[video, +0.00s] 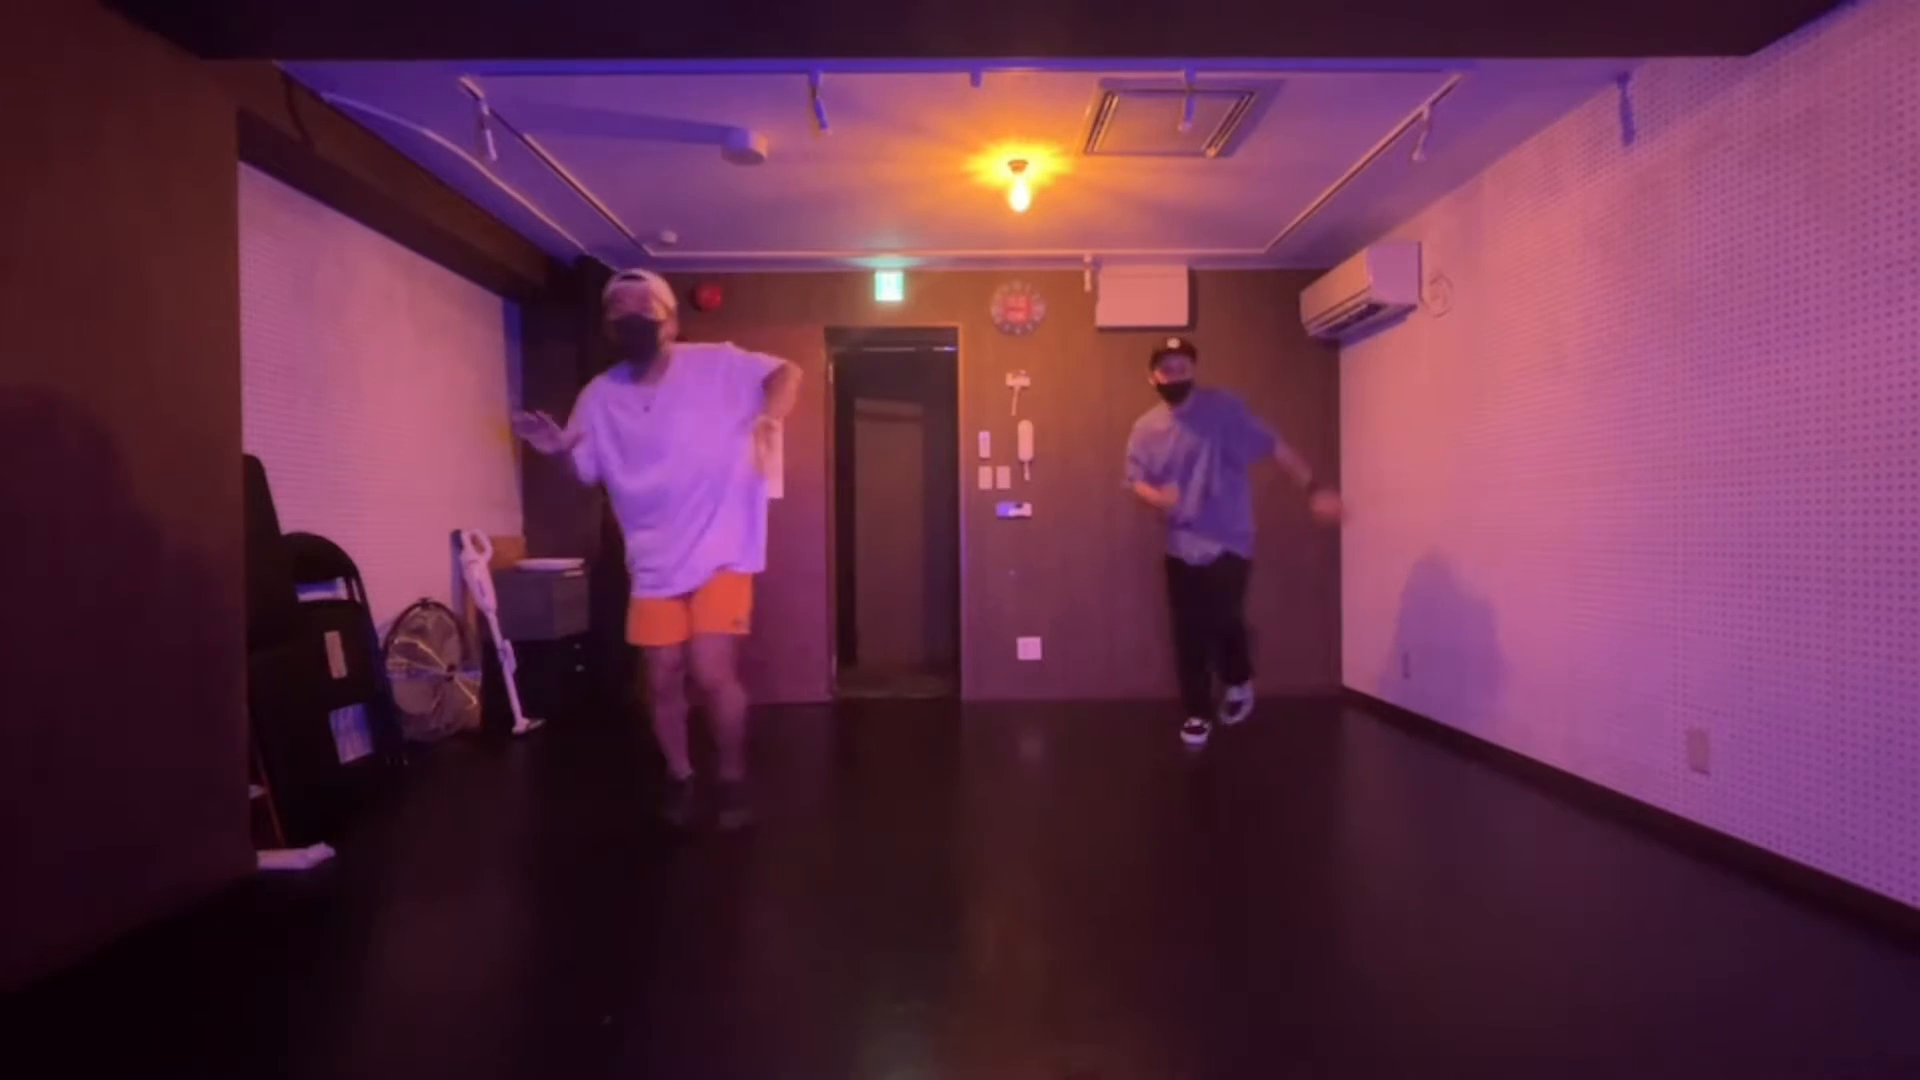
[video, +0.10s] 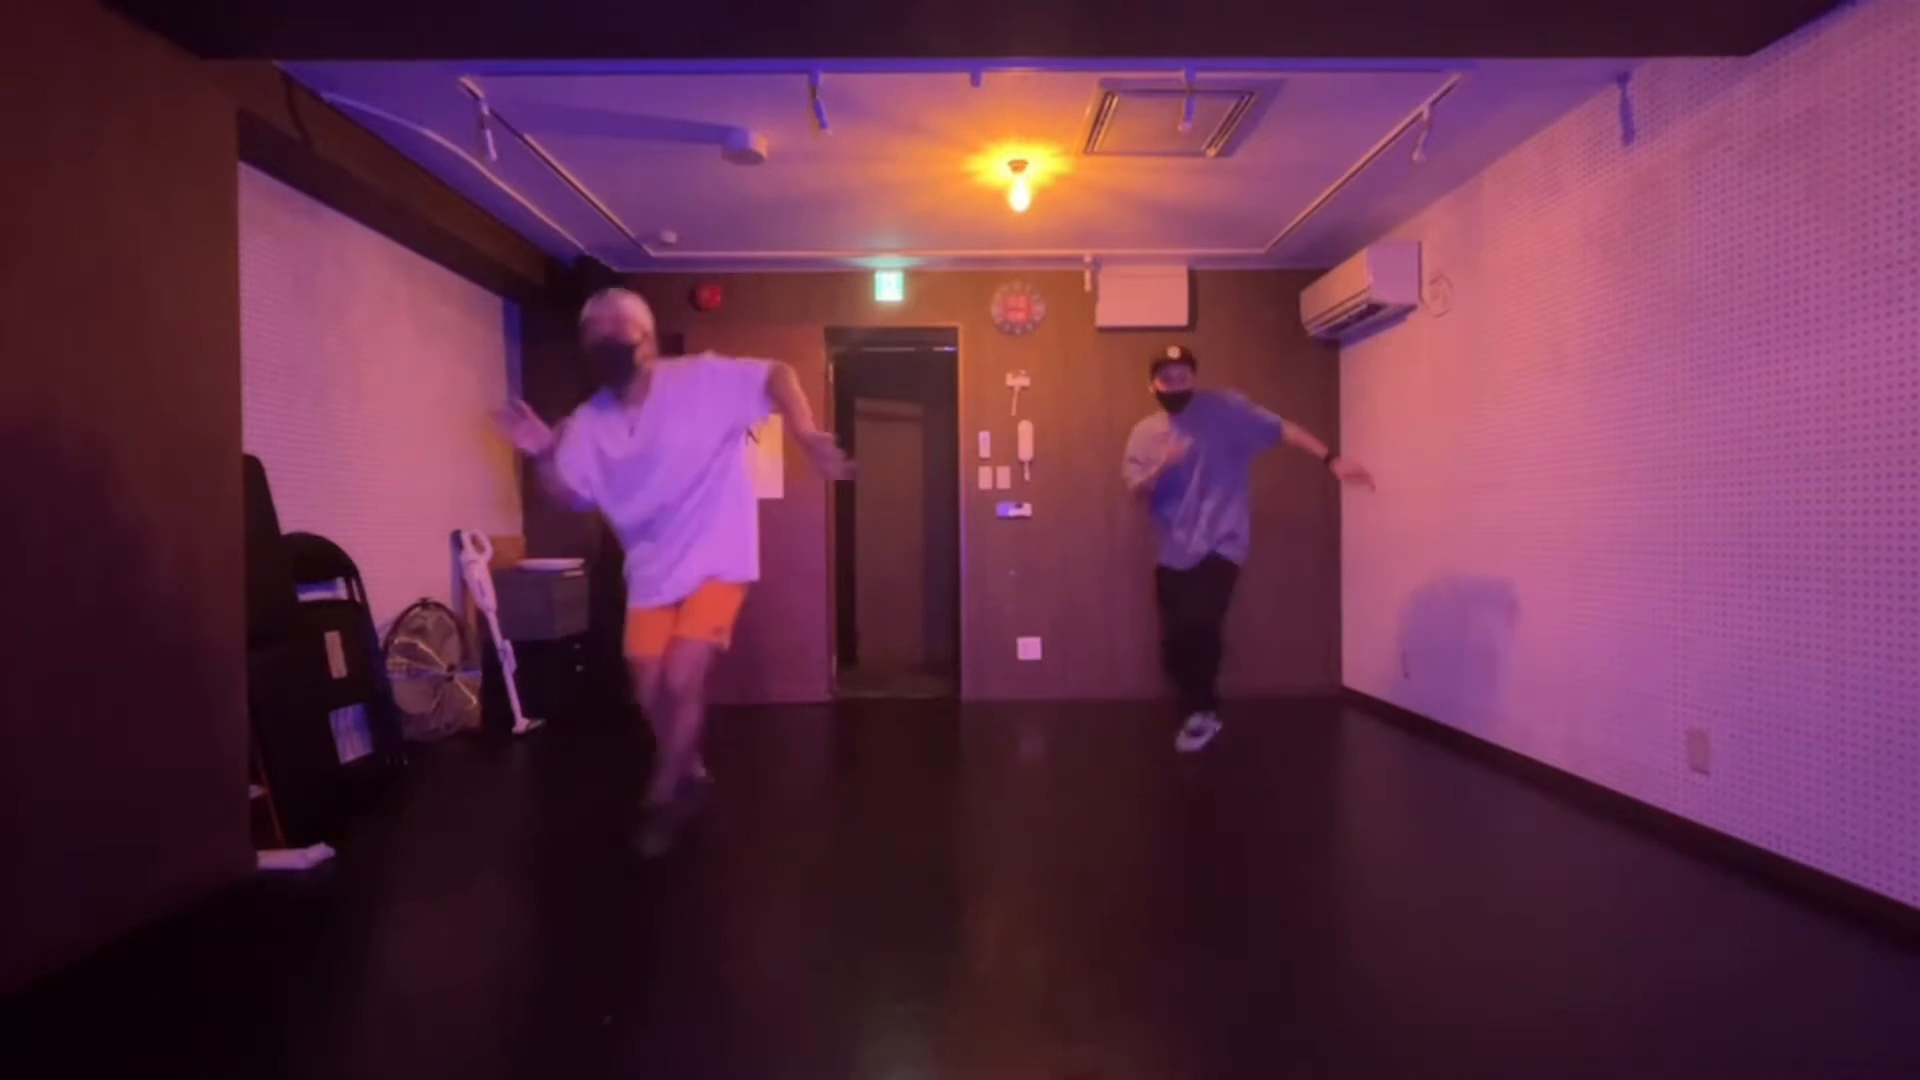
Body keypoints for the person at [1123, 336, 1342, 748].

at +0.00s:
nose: (1174, 376)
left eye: (1181, 367)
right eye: (1165, 368)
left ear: (1194, 369)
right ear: (1153, 375)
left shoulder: (1222, 409)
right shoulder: (1147, 427)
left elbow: (1273, 446)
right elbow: (1135, 480)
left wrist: (1311, 486)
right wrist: (1157, 497)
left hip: (1228, 539)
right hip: (1182, 544)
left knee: (1224, 618)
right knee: (1188, 630)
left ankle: (1238, 682)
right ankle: (1195, 711)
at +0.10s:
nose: (1172, 382)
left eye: (1180, 373)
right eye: (1163, 374)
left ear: (1194, 377)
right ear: (1152, 381)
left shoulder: (1224, 410)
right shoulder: (1145, 432)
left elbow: (1281, 430)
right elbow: (1136, 490)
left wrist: (1331, 459)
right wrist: (1163, 465)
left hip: (1222, 539)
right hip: (1176, 545)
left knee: (1201, 623)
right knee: (1176, 632)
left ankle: (1201, 712)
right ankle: (1199, 711)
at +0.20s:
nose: (1174, 394)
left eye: (1182, 385)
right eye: (1165, 387)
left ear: (1196, 389)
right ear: (1154, 395)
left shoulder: (1225, 418)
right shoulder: (1146, 444)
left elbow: (1283, 427)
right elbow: (1135, 500)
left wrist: (1337, 452)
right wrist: (1162, 457)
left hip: (1219, 553)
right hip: (1173, 560)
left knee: (1189, 639)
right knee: (1165, 646)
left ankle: (1183, 735)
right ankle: (1202, 718)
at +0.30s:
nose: (1178, 392)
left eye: (1186, 382)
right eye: (1169, 383)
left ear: (1199, 386)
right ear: (1157, 392)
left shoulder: (1229, 418)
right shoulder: (1147, 443)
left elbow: (1286, 424)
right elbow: (1132, 502)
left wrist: (1313, 465)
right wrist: (1163, 459)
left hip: (1219, 558)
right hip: (1166, 565)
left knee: (1184, 645)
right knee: (1154, 654)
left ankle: (1176, 737)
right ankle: (1198, 712)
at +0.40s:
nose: (1183, 367)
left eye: (1191, 357)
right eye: (1175, 357)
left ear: (1206, 362)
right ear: (1162, 365)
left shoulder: (1233, 407)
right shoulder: (1148, 423)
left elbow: (1277, 438)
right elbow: (1132, 483)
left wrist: (1283, 484)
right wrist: (1165, 484)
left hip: (1218, 550)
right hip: (1164, 555)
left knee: (1190, 642)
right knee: (1151, 646)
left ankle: (1175, 738)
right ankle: (1183, 718)